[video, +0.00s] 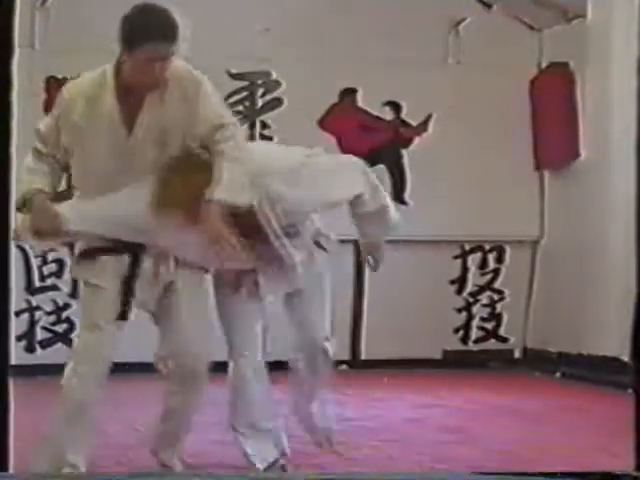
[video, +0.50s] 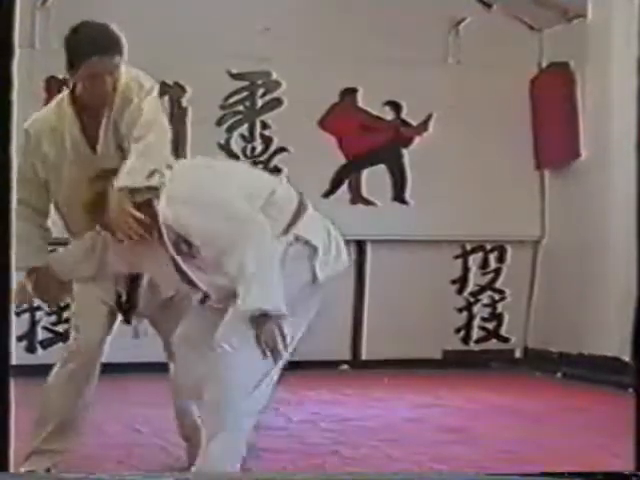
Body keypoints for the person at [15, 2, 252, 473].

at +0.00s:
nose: (162, 71)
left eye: (168, 60)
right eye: (151, 61)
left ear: (174, 53)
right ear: (125, 53)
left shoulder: (189, 86)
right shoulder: (79, 98)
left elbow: (230, 138)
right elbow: (44, 156)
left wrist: (218, 204)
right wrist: (38, 200)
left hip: (179, 243)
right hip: (106, 244)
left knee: (193, 357)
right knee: (91, 357)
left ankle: (169, 448)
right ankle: (67, 462)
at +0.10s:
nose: (141, 70)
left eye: (147, 59)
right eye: (130, 61)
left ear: (155, 53)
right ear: (106, 56)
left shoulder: (172, 84)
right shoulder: (70, 96)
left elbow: (209, 144)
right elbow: (35, 151)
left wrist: (190, 209)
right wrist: (25, 199)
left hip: (168, 235)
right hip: (96, 234)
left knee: (171, 355)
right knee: (79, 349)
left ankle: (159, 454)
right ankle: (60, 459)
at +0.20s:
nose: (117, 75)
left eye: (124, 63)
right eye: (105, 65)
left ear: (133, 57)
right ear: (82, 60)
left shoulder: (150, 82)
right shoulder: (46, 106)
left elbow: (179, 143)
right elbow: (22, 170)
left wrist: (161, 208)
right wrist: (18, 225)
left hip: (150, 235)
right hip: (82, 237)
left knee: (174, 344)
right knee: (70, 346)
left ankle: (161, 454)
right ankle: (33, 457)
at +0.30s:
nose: (105, 80)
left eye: (111, 68)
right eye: (93, 72)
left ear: (121, 60)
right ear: (69, 68)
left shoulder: (139, 84)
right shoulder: (37, 117)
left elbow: (164, 141)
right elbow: (21, 186)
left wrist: (145, 201)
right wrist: (20, 240)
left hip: (147, 241)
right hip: (79, 246)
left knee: (179, 345)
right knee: (66, 352)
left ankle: (175, 451)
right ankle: (35, 453)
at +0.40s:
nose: (99, 86)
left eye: (105, 73)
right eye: (87, 77)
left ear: (114, 65)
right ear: (64, 74)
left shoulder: (131, 90)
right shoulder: (35, 125)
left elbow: (155, 141)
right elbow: (24, 198)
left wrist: (133, 197)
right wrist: (28, 253)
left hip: (149, 242)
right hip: (85, 251)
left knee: (185, 340)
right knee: (73, 348)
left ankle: (198, 449)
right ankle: (43, 453)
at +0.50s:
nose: (107, 87)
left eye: (113, 75)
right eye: (95, 79)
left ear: (122, 67)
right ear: (72, 75)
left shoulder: (136, 94)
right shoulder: (41, 131)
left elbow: (154, 142)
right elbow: (28, 206)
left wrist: (122, 193)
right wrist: (34, 264)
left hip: (151, 237)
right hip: (91, 246)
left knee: (187, 339)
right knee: (85, 345)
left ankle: (201, 450)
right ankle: (43, 456)